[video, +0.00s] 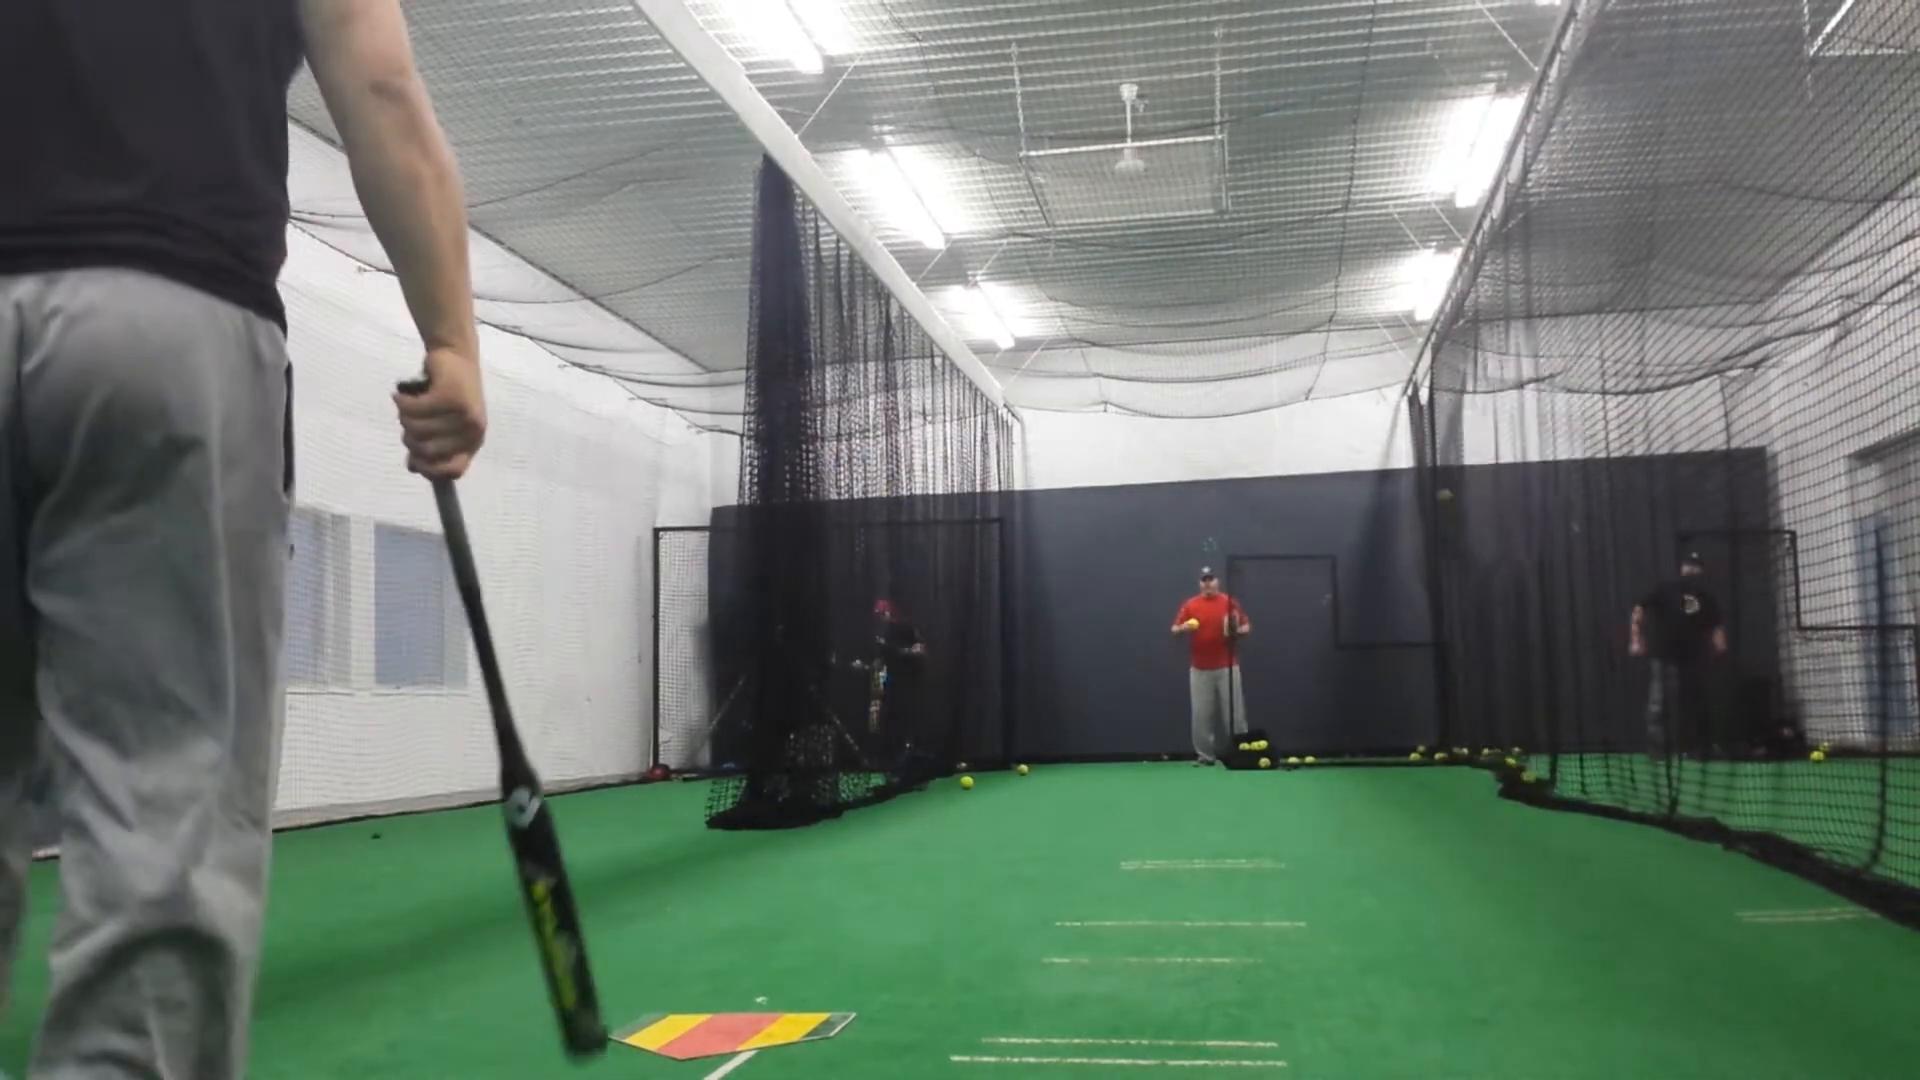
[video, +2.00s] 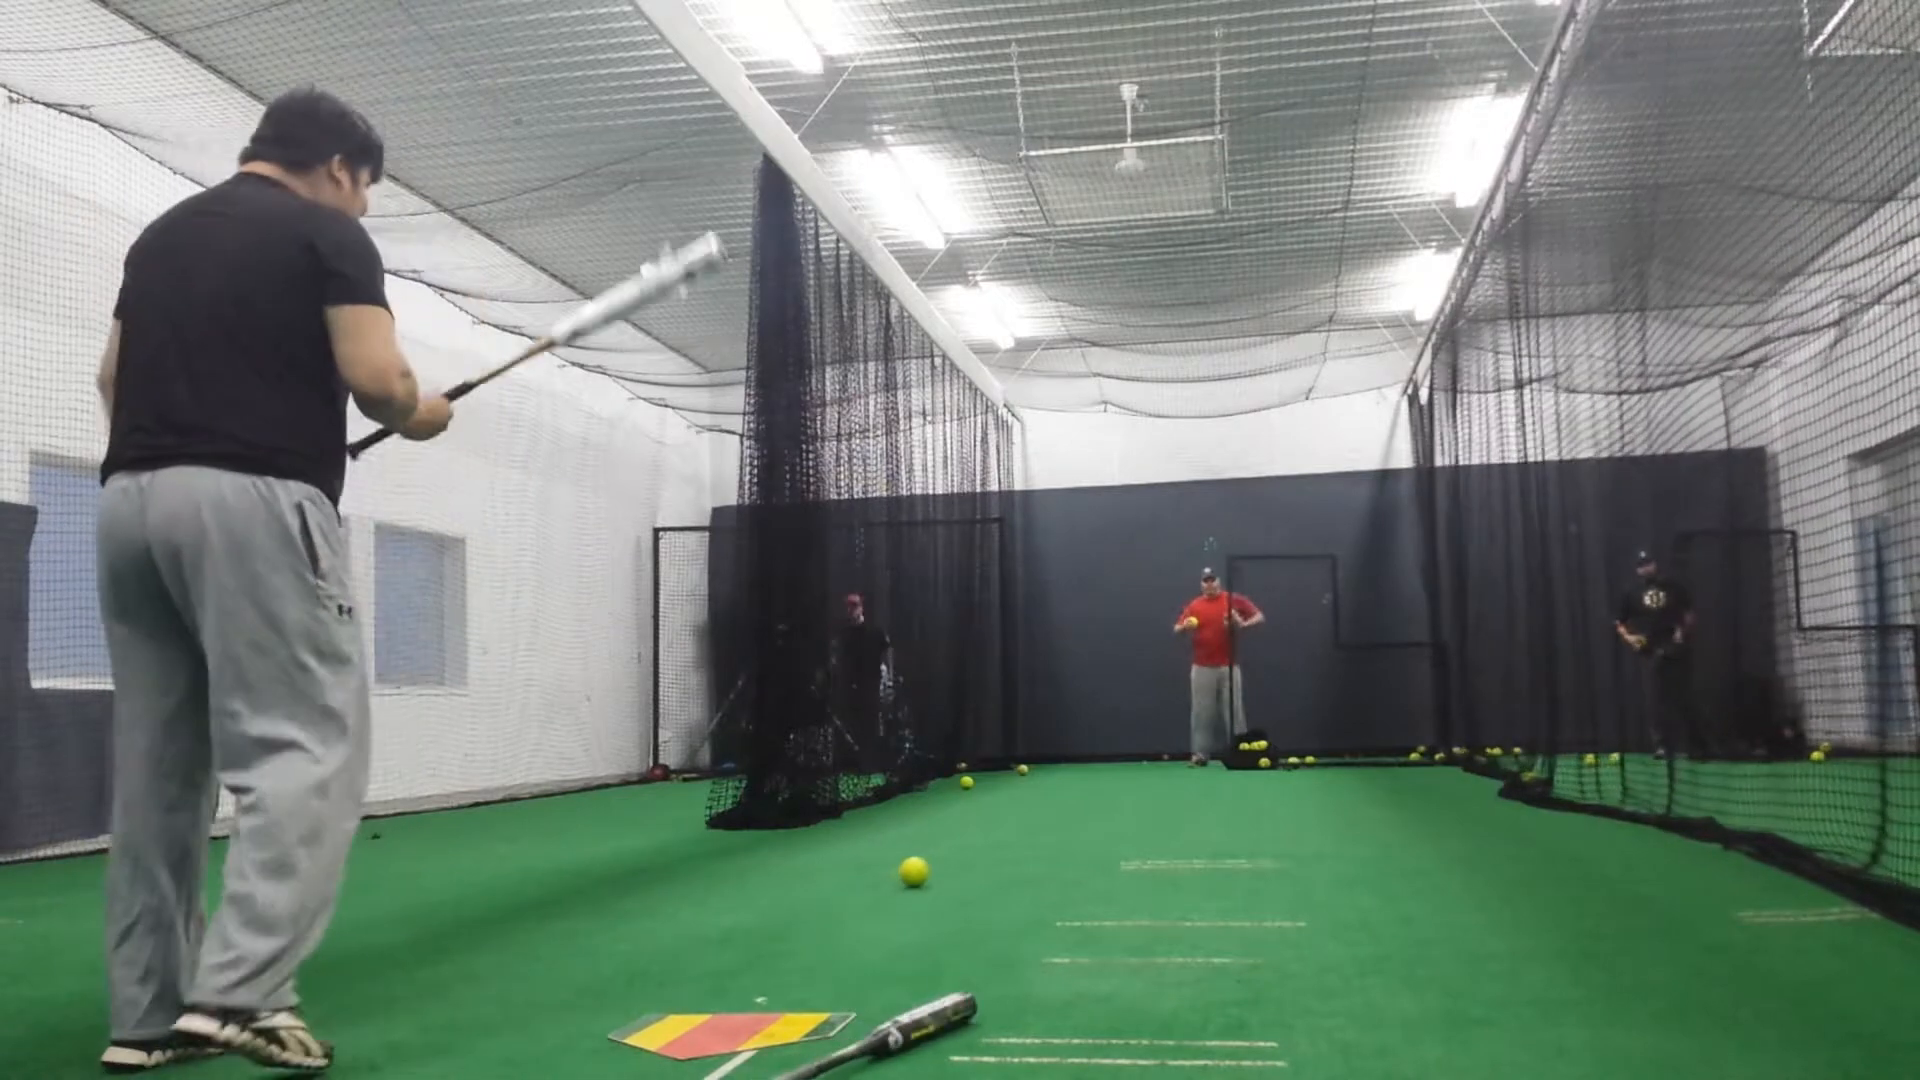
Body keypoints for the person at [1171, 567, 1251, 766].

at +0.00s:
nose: (1208, 583)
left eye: (1210, 579)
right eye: (1204, 580)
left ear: (1217, 582)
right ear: (1199, 583)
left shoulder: (1228, 603)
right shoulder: (1191, 605)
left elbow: (1246, 626)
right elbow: (1174, 630)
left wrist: (1236, 630)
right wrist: (1184, 627)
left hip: (1226, 666)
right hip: (1201, 667)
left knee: (1233, 711)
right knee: (1201, 713)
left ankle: (1239, 752)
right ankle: (1205, 754)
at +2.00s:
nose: (1209, 584)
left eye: (1212, 580)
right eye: (1205, 581)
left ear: (1218, 582)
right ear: (1201, 584)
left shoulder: (1233, 601)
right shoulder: (1195, 605)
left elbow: (1259, 616)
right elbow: (1177, 629)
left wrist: (1243, 623)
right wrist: (1185, 626)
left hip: (1228, 664)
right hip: (1203, 665)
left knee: (1233, 709)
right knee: (1202, 710)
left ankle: (1238, 751)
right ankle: (1200, 752)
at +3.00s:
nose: (1219, 583)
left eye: (1223, 578)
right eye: (1217, 578)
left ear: (1233, 580)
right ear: (1215, 581)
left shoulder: (1246, 601)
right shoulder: (1209, 601)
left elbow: (1269, 624)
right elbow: (1198, 624)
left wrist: (1249, 627)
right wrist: (1191, 618)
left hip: (1238, 666)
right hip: (1212, 664)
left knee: (1240, 709)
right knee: (1199, 706)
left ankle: (1241, 750)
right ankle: (1194, 748)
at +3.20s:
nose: (1207, 585)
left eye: (1210, 580)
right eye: (1206, 581)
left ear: (1223, 581)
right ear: (1207, 584)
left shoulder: (1239, 604)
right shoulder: (1202, 604)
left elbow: (1256, 629)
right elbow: (1190, 633)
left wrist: (1243, 630)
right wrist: (1190, 625)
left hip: (1235, 665)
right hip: (1208, 665)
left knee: (1239, 708)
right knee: (1201, 709)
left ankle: (1242, 751)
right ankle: (1196, 753)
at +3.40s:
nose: (1197, 585)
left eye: (1200, 580)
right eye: (1195, 581)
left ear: (1213, 581)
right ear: (1196, 584)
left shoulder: (1229, 601)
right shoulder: (1194, 604)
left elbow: (1253, 622)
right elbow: (1179, 633)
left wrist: (1233, 627)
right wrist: (1183, 625)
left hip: (1224, 666)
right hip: (1198, 665)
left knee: (1230, 711)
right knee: (1196, 710)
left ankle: (1236, 752)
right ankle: (1196, 754)